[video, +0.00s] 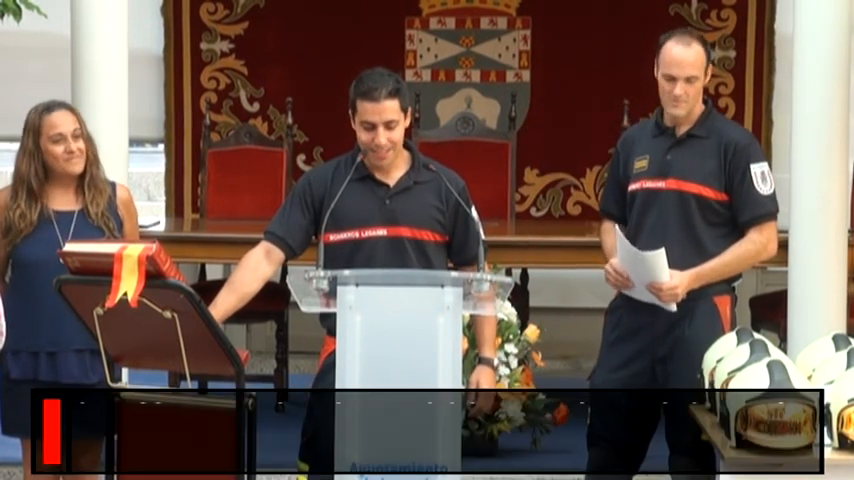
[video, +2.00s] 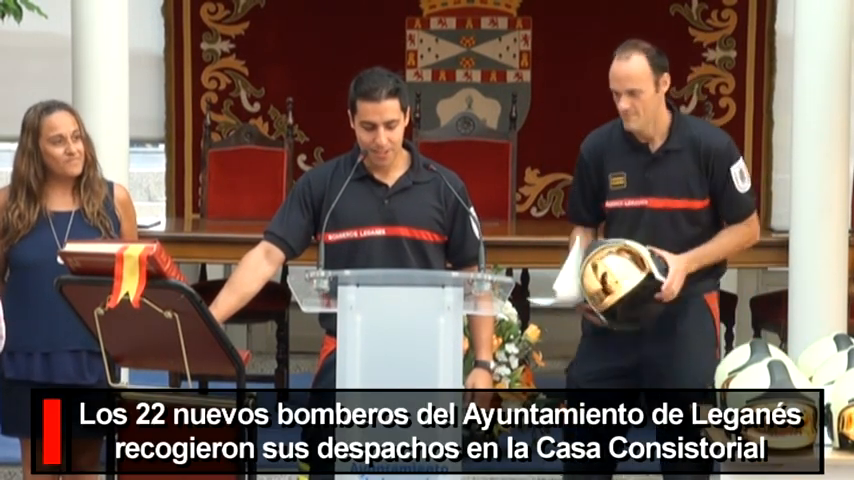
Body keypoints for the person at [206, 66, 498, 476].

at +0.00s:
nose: (379, 139)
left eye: (390, 126)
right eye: (368, 127)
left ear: (408, 119)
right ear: (353, 123)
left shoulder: (447, 188)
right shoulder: (322, 184)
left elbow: (477, 279)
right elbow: (267, 255)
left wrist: (486, 361)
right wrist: (207, 322)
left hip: (428, 356)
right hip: (347, 355)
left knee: (427, 469)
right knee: (324, 465)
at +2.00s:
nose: (380, 139)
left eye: (391, 126)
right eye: (368, 127)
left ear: (407, 119)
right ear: (352, 122)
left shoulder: (446, 188)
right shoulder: (322, 184)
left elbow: (475, 281)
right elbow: (267, 255)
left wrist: (483, 364)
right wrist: (208, 322)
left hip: (427, 351)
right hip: (347, 350)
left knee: (429, 468)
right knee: (330, 464)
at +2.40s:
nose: (379, 139)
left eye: (389, 126)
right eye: (368, 127)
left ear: (407, 118)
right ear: (352, 122)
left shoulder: (445, 188)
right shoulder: (322, 184)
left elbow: (474, 280)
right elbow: (267, 255)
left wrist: (482, 364)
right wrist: (208, 322)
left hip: (427, 350)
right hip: (348, 350)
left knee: (430, 469)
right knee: (329, 464)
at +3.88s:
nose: (380, 139)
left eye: (391, 126)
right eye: (369, 127)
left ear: (409, 120)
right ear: (354, 123)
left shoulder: (448, 190)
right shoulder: (323, 185)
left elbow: (477, 282)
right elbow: (269, 256)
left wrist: (485, 366)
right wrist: (212, 322)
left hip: (429, 357)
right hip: (349, 355)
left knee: (430, 469)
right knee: (330, 466)